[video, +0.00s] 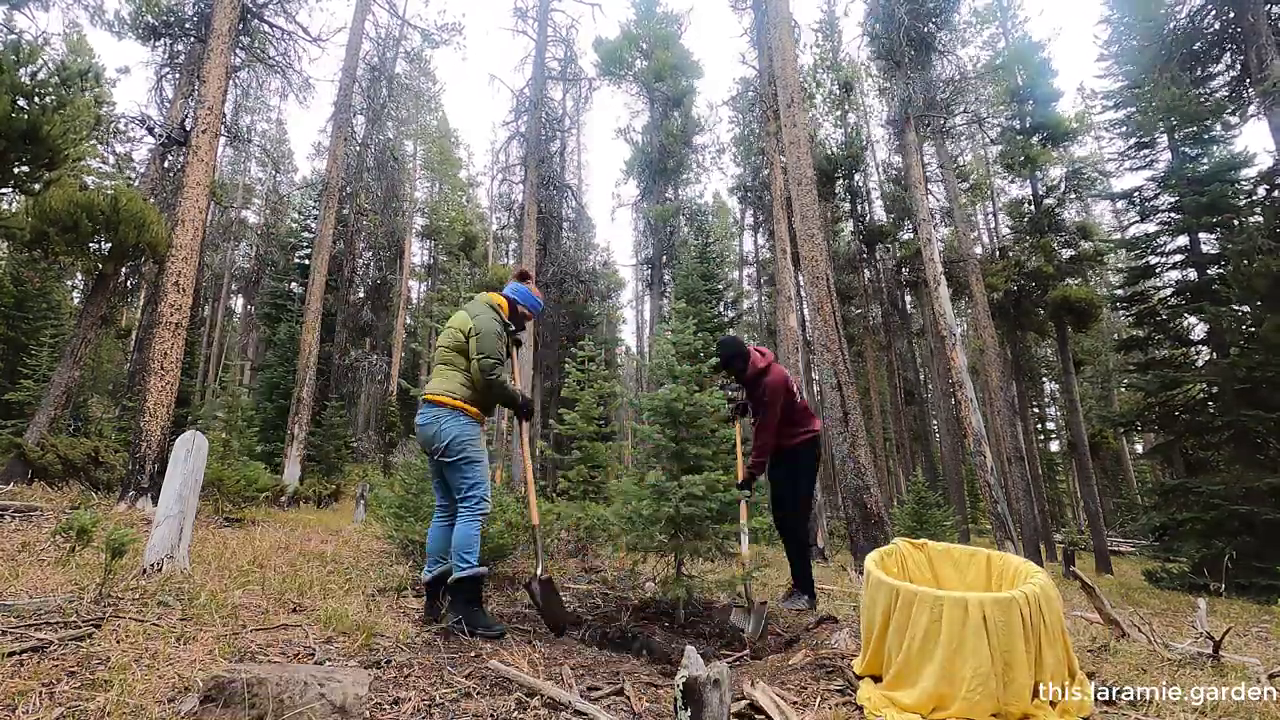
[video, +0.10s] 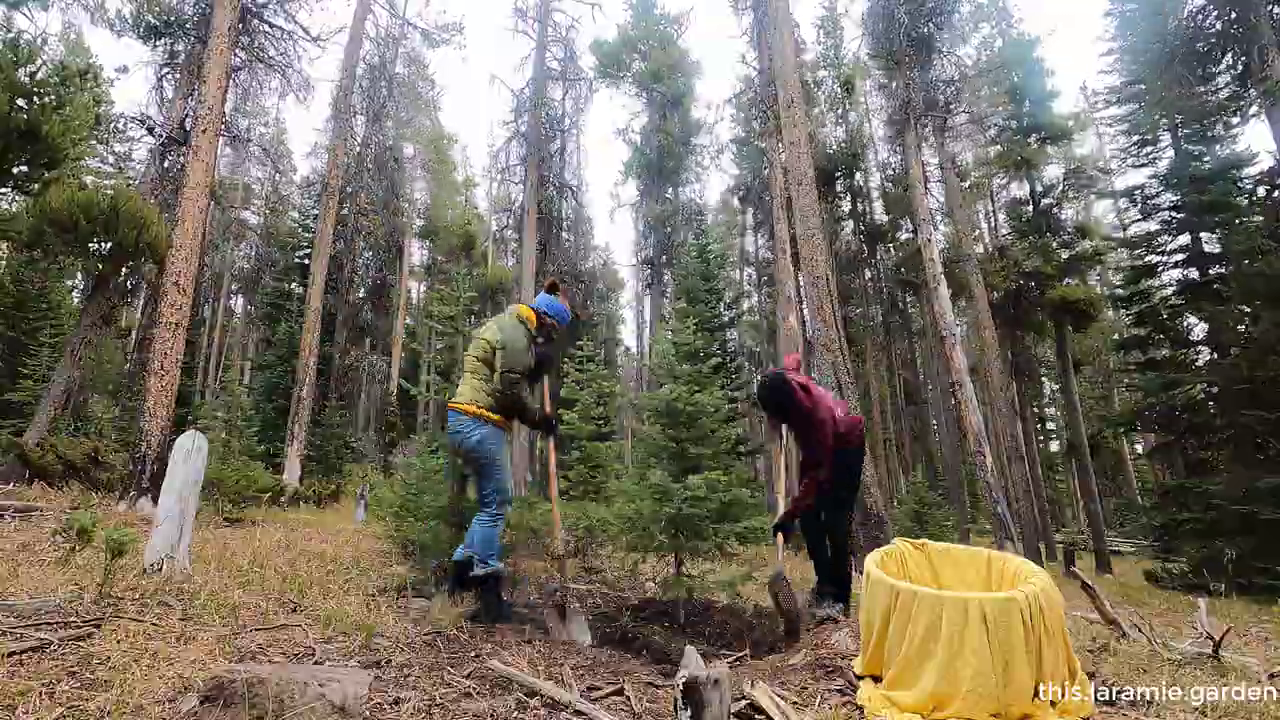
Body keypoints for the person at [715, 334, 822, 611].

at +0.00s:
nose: (732, 374)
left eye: (733, 368)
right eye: (728, 369)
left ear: (744, 359)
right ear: (731, 363)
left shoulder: (771, 379)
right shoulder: (752, 375)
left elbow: (767, 430)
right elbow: (761, 404)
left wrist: (752, 472)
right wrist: (745, 406)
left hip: (800, 446)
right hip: (782, 448)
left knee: (793, 519)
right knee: (783, 518)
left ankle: (805, 592)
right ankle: (799, 586)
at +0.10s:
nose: (774, 420)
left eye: (776, 413)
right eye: (769, 413)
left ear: (788, 404)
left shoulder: (816, 413)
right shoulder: (780, 384)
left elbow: (817, 473)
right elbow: (793, 359)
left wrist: (791, 516)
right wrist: (776, 422)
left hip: (847, 443)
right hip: (818, 446)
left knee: (836, 519)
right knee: (810, 519)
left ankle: (839, 598)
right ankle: (825, 588)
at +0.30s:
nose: (806, 382)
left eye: (811, 377)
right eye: (801, 376)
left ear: (819, 370)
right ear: (791, 364)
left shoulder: (822, 379)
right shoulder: (771, 370)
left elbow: (826, 416)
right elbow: (752, 410)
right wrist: (766, 382)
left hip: (807, 455)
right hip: (772, 452)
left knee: (808, 526)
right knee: (762, 517)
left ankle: (819, 596)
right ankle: (754, 579)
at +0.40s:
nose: (796, 378)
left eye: (804, 372)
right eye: (791, 371)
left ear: (813, 367)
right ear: (780, 363)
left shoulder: (820, 382)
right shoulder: (766, 368)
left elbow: (821, 433)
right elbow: (752, 409)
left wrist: (798, 458)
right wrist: (777, 397)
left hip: (799, 451)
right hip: (764, 448)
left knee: (807, 523)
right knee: (771, 514)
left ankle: (808, 598)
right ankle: (768, 590)